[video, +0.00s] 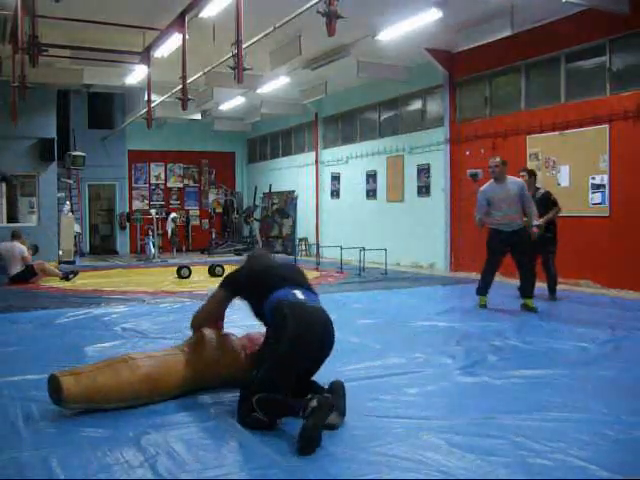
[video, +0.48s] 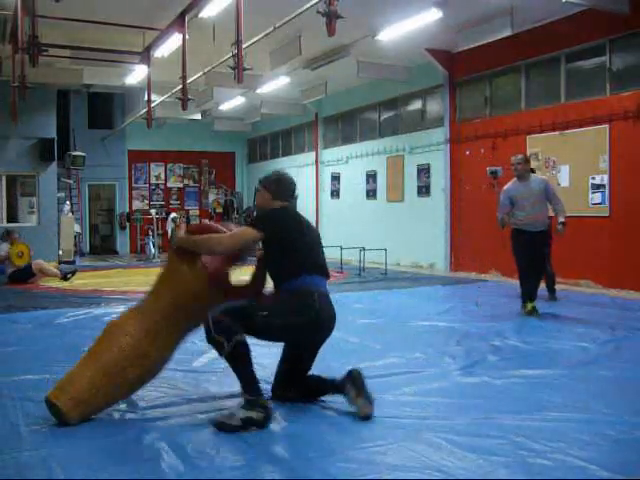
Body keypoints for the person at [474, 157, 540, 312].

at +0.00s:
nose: (493, 170)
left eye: (496, 166)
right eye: (491, 167)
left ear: (504, 167)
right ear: (489, 169)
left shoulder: (519, 185)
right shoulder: (485, 191)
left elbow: (530, 205)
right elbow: (480, 214)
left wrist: (534, 224)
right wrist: (481, 220)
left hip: (519, 230)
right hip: (497, 231)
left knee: (526, 266)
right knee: (491, 264)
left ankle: (527, 298)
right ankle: (482, 295)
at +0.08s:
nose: (499, 170)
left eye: (502, 166)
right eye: (497, 167)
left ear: (510, 167)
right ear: (495, 169)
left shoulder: (526, 184)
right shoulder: (492, 191)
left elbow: (537, 205)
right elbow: (486, 214)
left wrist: (542, 223)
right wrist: (487, 220)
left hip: (525, 230)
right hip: (504, 231)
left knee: (529, 267)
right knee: (497, 264)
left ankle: (528, 299)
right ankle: (485, 293)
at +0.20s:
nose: (504, 170)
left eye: (507, 166)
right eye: (502, 167)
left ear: (516, 166)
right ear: (500, 169)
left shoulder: (531, 184)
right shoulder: (497, 191)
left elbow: (545, 204)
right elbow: (492, 215)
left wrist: (549, 222)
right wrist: (492, 221)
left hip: (531, 229)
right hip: (510, 230)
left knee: (532, 266)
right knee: (506, 263)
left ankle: (529, 300)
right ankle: (492, 290)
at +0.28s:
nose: (509, 169)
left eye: (512, 165)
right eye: (507, 166)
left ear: (521, 167)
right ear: (505, 169)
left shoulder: (536, 183)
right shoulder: (502, 190)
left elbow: (550, 204)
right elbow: (496, 213)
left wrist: (555, 221)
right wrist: (497, 220)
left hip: (535, 229)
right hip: (514, 229)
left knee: (534, 266)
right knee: (512, 264)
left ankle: (529, 300)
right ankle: (505, 293)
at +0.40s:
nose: (512, 168)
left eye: (516, 164)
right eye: (510, 165)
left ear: (524, 166)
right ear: (509, 168)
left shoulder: (539, 183)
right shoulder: (505, 189)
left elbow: (553, 202)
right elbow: (500, 211)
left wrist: (558, 220)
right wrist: (499, 219)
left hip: (538, 229)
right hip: (518, 229)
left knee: (536, 265)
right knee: (519, 264)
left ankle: (530, 299)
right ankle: (521, 298)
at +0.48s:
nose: (516, 168)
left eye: (519, 164)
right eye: (513, 165)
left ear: (528, 165)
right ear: (512, 168)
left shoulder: (542, 183)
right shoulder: (509, 190)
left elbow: (556, 202)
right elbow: (502, 213)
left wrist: (561, 219)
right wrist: (503, 219)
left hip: (541, 230)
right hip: (520, 230)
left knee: (539, 267)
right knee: (525, 267)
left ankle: (530, 299)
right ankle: (527, 302)